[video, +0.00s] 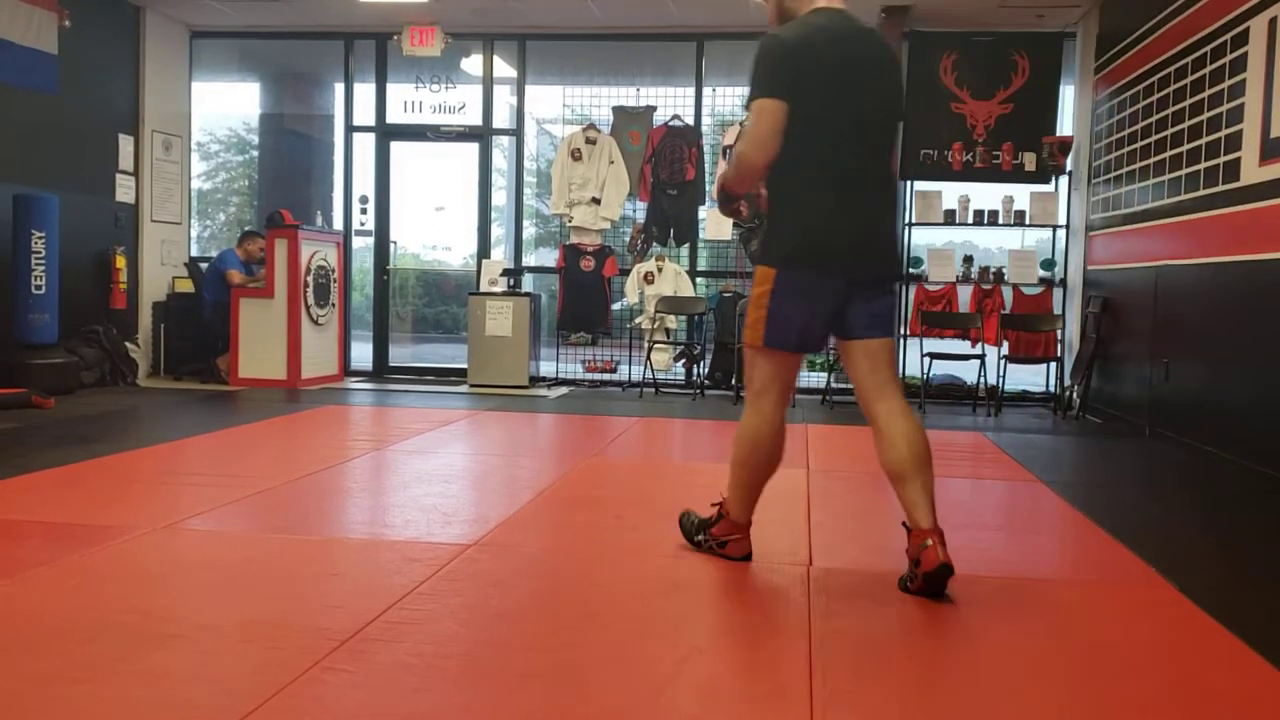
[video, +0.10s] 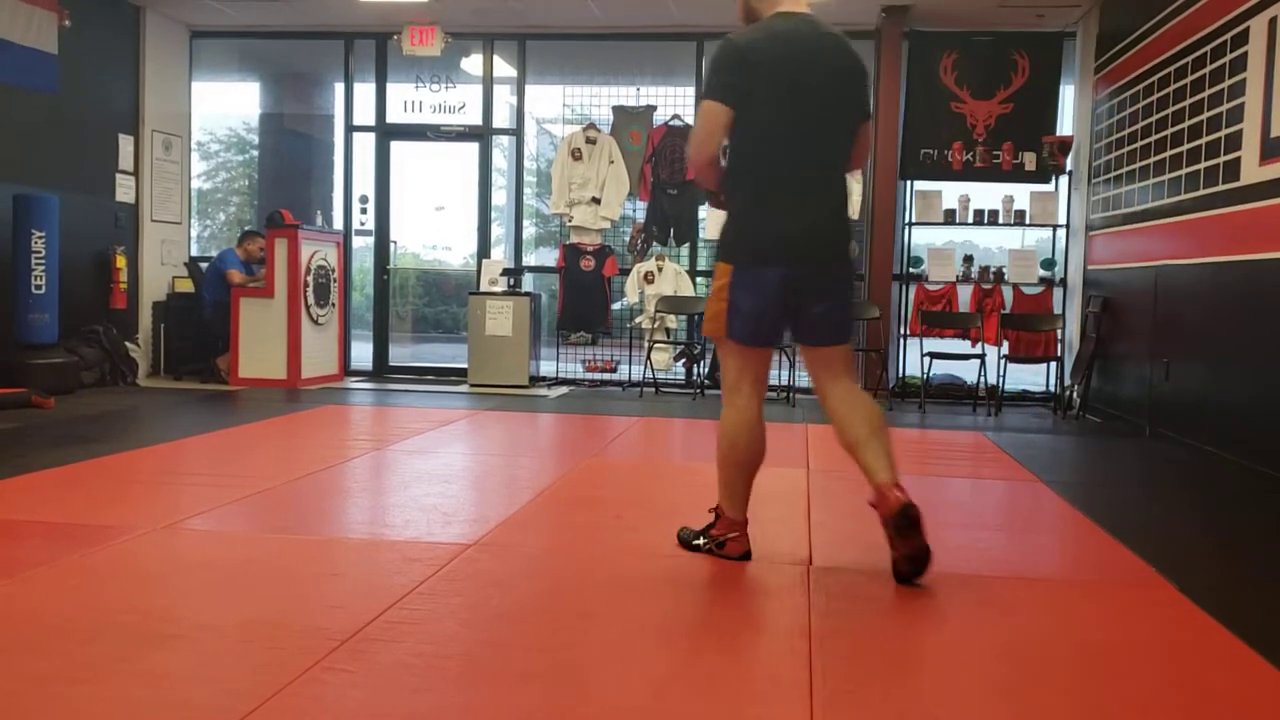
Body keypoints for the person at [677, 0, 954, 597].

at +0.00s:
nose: (761, 10)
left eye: (762, 5)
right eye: (761, 6)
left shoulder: (786, 43)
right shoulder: (883, 51)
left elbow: (755, 157)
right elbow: (886, 164)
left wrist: (731, 184)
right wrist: (780, 183)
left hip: (797, 250)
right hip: (873, 251)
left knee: (766, 395)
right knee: (883, 395)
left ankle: (732, 525)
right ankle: (928, 542)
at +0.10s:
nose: (736, 13)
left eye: (738, 8)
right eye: (738, 9)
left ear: (752, 3)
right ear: (801, 0)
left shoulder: (741, 49)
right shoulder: (846, 55)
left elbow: (701, 161)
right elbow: (856, 153)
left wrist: (734, 193)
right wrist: (798, 165)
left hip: (756, 243)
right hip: (827, 243)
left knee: (742, 388)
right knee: (838, 379)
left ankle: (731, 526)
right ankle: (890, 494)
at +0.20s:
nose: (710, 9)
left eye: (712, 6)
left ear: (724, 3)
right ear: (774, 1)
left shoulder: (707, 43)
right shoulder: (816, 51)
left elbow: (663, 141)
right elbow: (835, 150)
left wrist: (698, 180)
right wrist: (777, 168)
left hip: (729, 232)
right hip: (794, 230)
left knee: (727, 379)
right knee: (785, 361)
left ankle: (728, 524)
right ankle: (826, 464)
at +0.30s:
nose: (683, 9)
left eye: (685, 6)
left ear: (698, 4)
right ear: (746, 3)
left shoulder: (681, 45)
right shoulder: (786, 54)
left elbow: (640, 140)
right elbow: (813, 151)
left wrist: (676, 171)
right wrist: (755, 168)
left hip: (706, 234)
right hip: (767, 231)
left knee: (714, 377)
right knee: (745, 360)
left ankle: (728, 523)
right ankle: (756, 482)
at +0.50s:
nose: (640, 23)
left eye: (640, 15)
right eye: (641, 15)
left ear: (654, 11)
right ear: (696, 13)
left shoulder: (647, 67)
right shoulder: (739, 78)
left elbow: (615, 167)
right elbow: (764, 172)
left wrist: (653, 181)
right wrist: (706, 179)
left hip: (666, 245)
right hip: (715, 245)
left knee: (687, 381)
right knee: (681, 375)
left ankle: (725, 515)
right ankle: (662, 487)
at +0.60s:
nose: (618, 47)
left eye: (616, 36)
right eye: (616, 38)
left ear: (630, 20)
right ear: (666, 17)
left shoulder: (634, 71)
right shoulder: (713, 81)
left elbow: (601, 168)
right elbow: (729, 176)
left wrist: (597, 148)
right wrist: (673, 167)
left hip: (644, 248)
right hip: (691, 246)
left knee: (637, 377)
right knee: (662, 374)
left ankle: (705, 493)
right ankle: (657, 492)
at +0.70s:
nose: (594, 54)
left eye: (591, 44)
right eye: (589, 47)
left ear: (606, 24)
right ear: (635, 18)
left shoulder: (620, 71)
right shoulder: (683, 77)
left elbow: (589, 165)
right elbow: (694, 177)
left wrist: (582, 139)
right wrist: (627, 170)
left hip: (625, 242)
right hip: (673, 243)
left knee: (581, 364)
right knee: (652, 363)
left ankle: (663, 457)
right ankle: (658, 490)